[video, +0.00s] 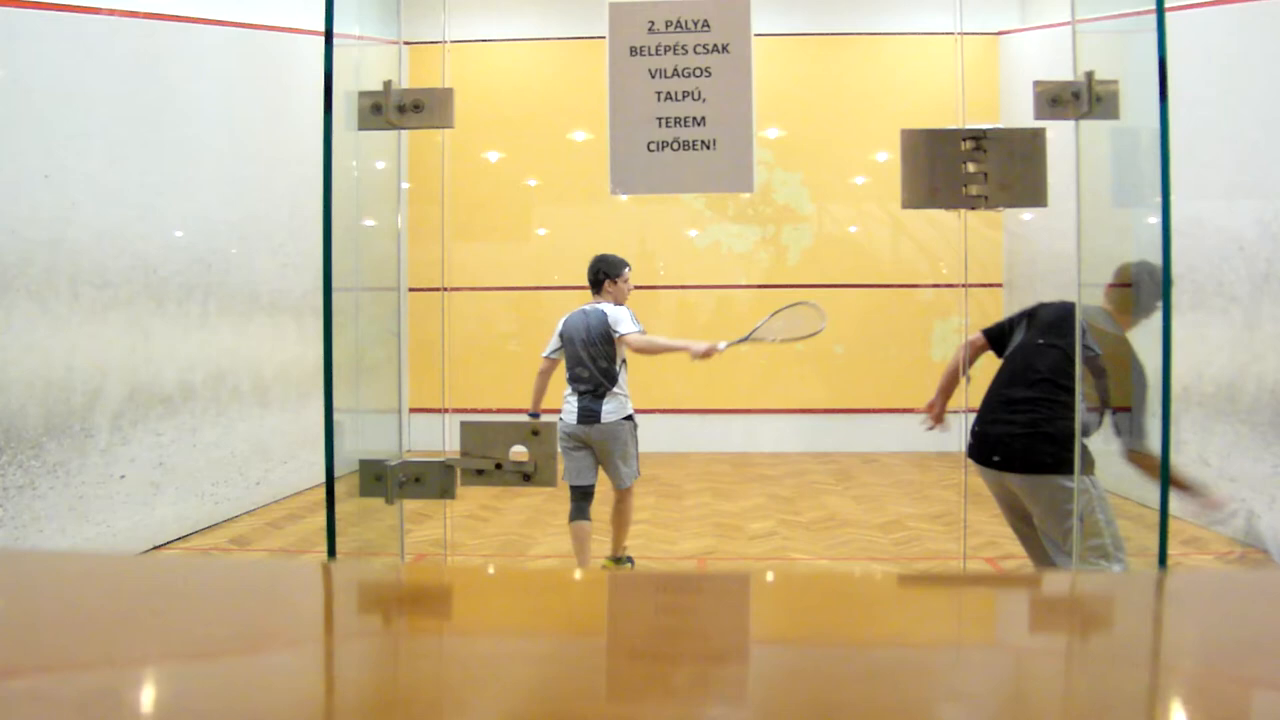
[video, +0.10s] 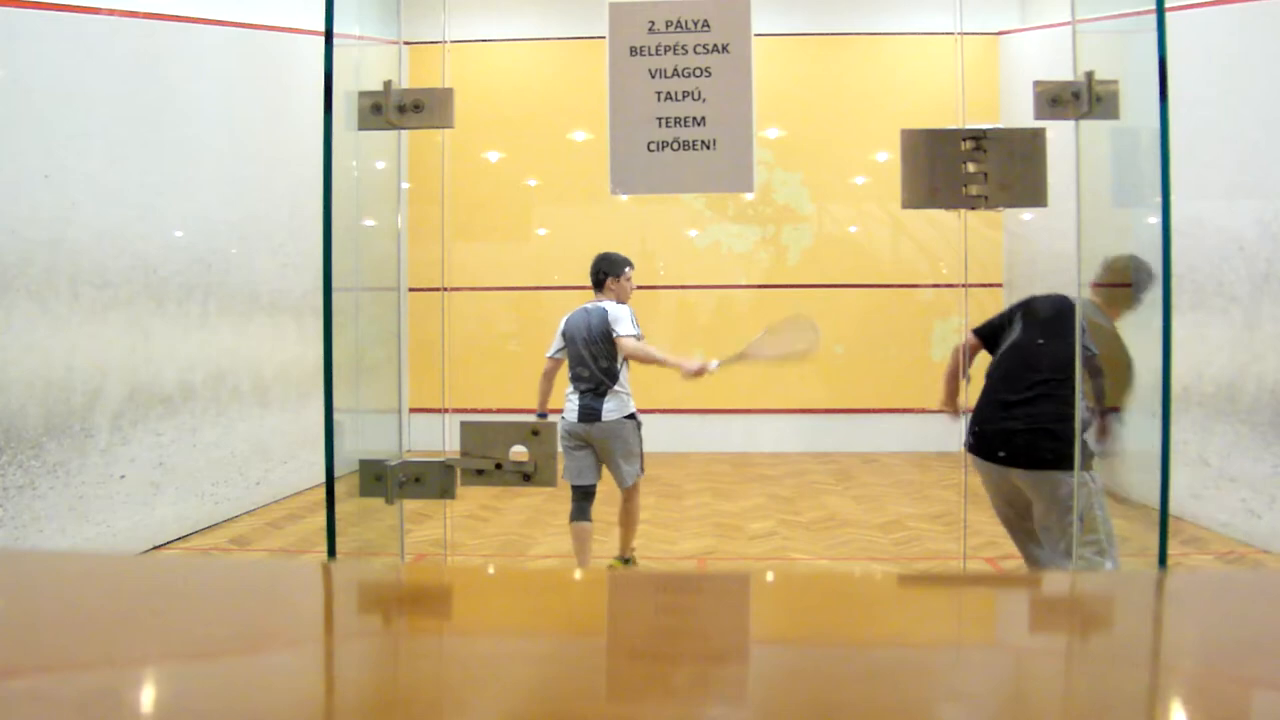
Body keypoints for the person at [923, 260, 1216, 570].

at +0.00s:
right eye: (1148, 305)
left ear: (1109, 288)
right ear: (1148, 308)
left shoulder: (1048, 313)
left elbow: (973, 345)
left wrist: (939, 399)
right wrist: (1192, 489)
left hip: (989, 449)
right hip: (1049, 457)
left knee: (1051, 563)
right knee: (1101, 564)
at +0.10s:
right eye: (1133, 298)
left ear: (1094, 284)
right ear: (1132, 301)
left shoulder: (1038, 306)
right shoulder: (1115, 355)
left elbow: (966, 347)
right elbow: (1107, 423)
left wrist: (949, 399)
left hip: (988, 445)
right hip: (1052, 455)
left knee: (1040, 556)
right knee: (1091, 558)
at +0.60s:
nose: (909, 258)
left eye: (913, 251)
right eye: (913, 250)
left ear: (922, 258)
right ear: (944, 262)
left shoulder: (910, 302)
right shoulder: (955, 302)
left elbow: (885, 374)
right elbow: (939, 375)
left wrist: (877, 408)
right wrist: (890, 369)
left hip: (968, 432)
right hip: (993, 427)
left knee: (987, 521)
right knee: (942, 504)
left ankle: (1022, 597)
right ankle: (939, 583)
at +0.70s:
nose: (875, 260)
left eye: (879, 254)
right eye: (878, 254)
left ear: (884, 261)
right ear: (912, 267)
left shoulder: (876, 310)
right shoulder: (926, 308)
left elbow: (854, 384)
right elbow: (925, 371)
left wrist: (840, 439)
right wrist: (882, 398)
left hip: (931, 437)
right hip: (954, 432)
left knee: (965, 527)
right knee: (900, 502)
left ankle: (1014, 591)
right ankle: (864, 577)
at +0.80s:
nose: (846, 263)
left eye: (849, 257)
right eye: (849, 256)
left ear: (857, 263)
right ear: (883, 266)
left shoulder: (850, 312)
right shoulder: (902, 310)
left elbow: (831, 387)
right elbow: (927, 377)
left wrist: (811, 444)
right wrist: (878, 412)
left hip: (885, 439)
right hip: (913, 435)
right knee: (853, 518)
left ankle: (980, 580)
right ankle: (840, 601)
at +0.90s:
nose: (818, 256)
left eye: (822, 249)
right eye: (821, 249)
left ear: (832, 254)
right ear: (854, 258)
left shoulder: (826, 303)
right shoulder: (873, 301)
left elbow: (812, 376)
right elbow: (898, 367)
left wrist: (791, 432)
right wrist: (859, 394)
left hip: (853, 433)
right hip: (884, 429)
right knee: (847, 522)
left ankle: (924, 574)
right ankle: (843, 606)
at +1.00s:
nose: (790, 249)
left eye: (794, 242)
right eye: (792, 241)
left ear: (807, 246)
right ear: (826, 249)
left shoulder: (801, 293)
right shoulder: (848, 294)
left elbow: (790, 366)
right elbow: (867, 359)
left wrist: (766, 420)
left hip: (821, 427)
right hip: (861, 424)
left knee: (780, 504)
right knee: (842, 507)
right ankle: (858, 581)